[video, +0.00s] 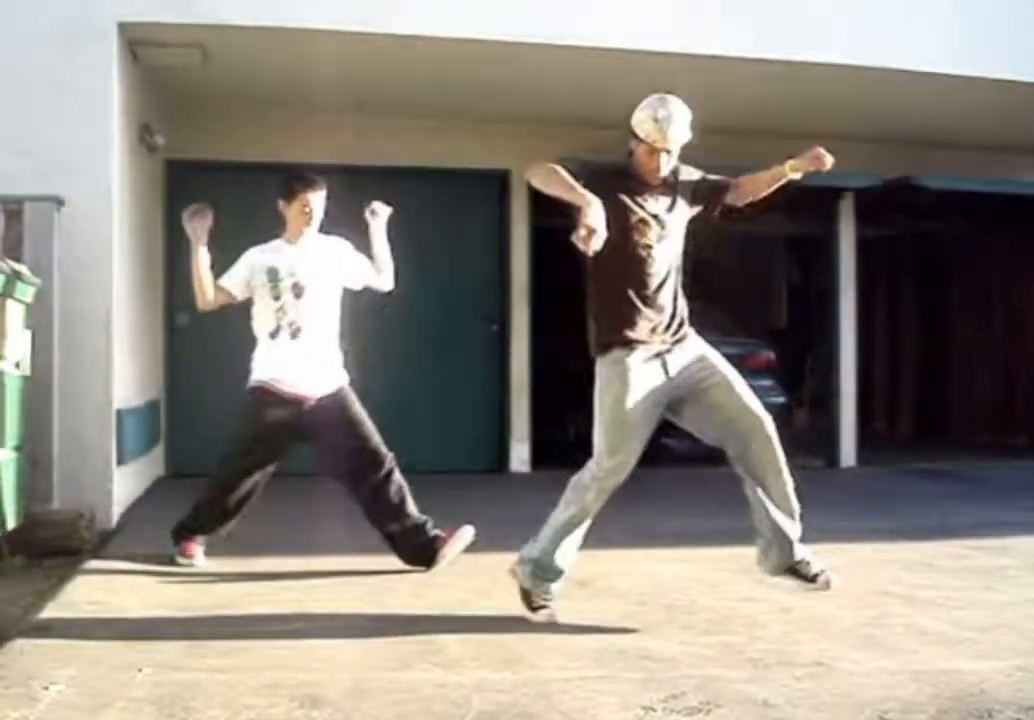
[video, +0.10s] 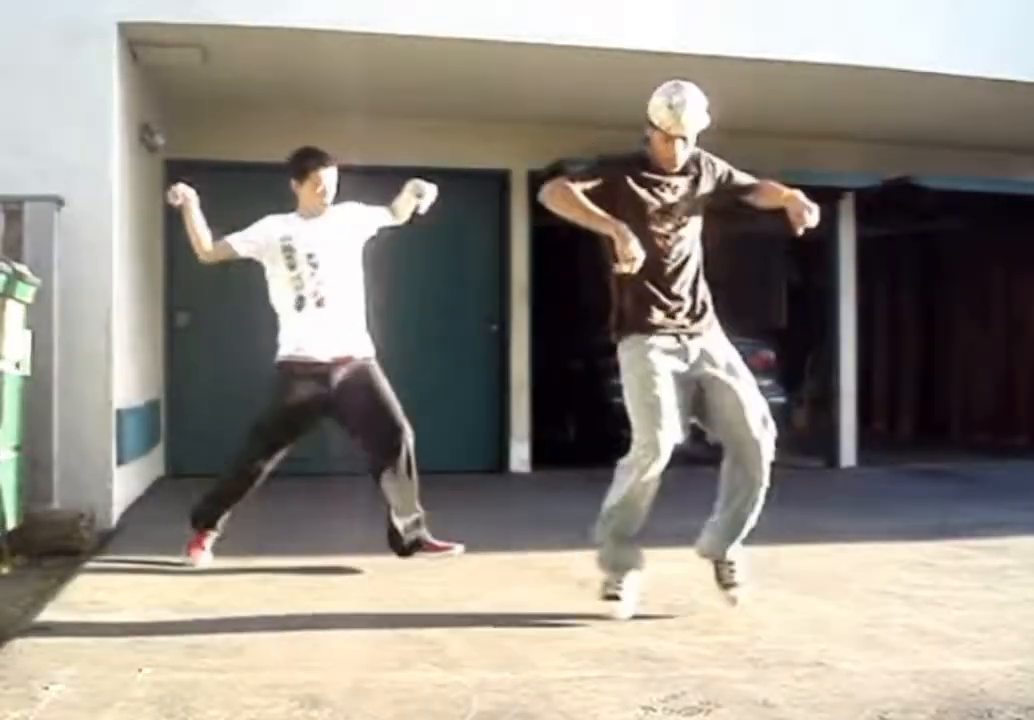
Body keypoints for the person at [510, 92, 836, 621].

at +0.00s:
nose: (660, 163)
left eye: (671, 153)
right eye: (652, 150)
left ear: (681, 150)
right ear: (634, 141)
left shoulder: (683, 184)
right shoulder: (608, 189)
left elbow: (738, 193)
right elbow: (537, 172)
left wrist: (791, 168)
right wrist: (588, 203)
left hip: (683, 345)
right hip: (627, 357)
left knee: (755, 429)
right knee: (611, 466)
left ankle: (785, 553)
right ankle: (536, 570)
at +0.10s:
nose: (675, 149)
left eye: (685, 139)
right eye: (666, 137)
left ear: (698, 133)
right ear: (650, 129)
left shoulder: (704, 169)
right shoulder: (623, 176)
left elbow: (750, 189)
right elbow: (553, 193)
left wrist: (790, 196)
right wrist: (614, 229)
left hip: (703, 332)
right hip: (646, 337)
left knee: (755, 438)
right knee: (655, 445)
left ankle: (722, 545)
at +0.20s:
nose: (693, 158)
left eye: (702, 148)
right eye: (684, 147)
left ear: (717, 144)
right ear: (670, 140)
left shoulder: (731, 189)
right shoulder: (634, 194)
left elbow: (778, 240)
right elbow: (583, 252)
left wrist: (786, 265)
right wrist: (638, 277)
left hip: (721, 346)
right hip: (665, 348)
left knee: (730, 458)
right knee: (690, 456)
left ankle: (682, 553)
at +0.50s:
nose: (723, 154)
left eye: (733, 144)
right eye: (715, 144)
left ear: (749, 135)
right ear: (701, 133)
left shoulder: (771, 178)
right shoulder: (672, 181)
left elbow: (817, 219)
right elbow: (634, 220)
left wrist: (785, 276)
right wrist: (648, 281)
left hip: (755, 342)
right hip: (690, 341)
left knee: (778, 461)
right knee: (684, 463)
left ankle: (739, 558)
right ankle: (725, 578)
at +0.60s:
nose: (734, 167)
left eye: (744, 158)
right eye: (726, 157)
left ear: (763, 150)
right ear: (713, 148)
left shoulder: (785, 193)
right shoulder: (687, 201)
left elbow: (822, 226)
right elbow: (657, 258)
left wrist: (810, 274)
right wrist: (650, 312)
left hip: (771, 365)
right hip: (701, 362)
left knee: (806, 476)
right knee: (663, 473)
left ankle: (836, 587)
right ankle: (634, 590)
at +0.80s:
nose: (725, 161)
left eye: (736, 152)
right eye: (718, 150)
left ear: (754, 145)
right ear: (705, 139)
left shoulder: (773, 187)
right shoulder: (674, 187)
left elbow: (835, 238)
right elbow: (619, 243)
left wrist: (799, 236)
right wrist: (675, 246)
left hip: (751, 352)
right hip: (687, 344)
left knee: (784, 467)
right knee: (674, 454)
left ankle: (823, 584)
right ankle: (623, 593)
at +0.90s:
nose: (713, 151)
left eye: (724, 142)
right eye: (706, 140)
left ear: (739, 136)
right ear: (690, 127)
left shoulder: (747, 175)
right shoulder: (657, 169)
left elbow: (788, 234)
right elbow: (608, 231)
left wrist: (733, 241)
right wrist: (680, 227)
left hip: (724, 336)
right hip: (664, 329)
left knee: (740, 452)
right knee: (671, 447)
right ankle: (695, 580)